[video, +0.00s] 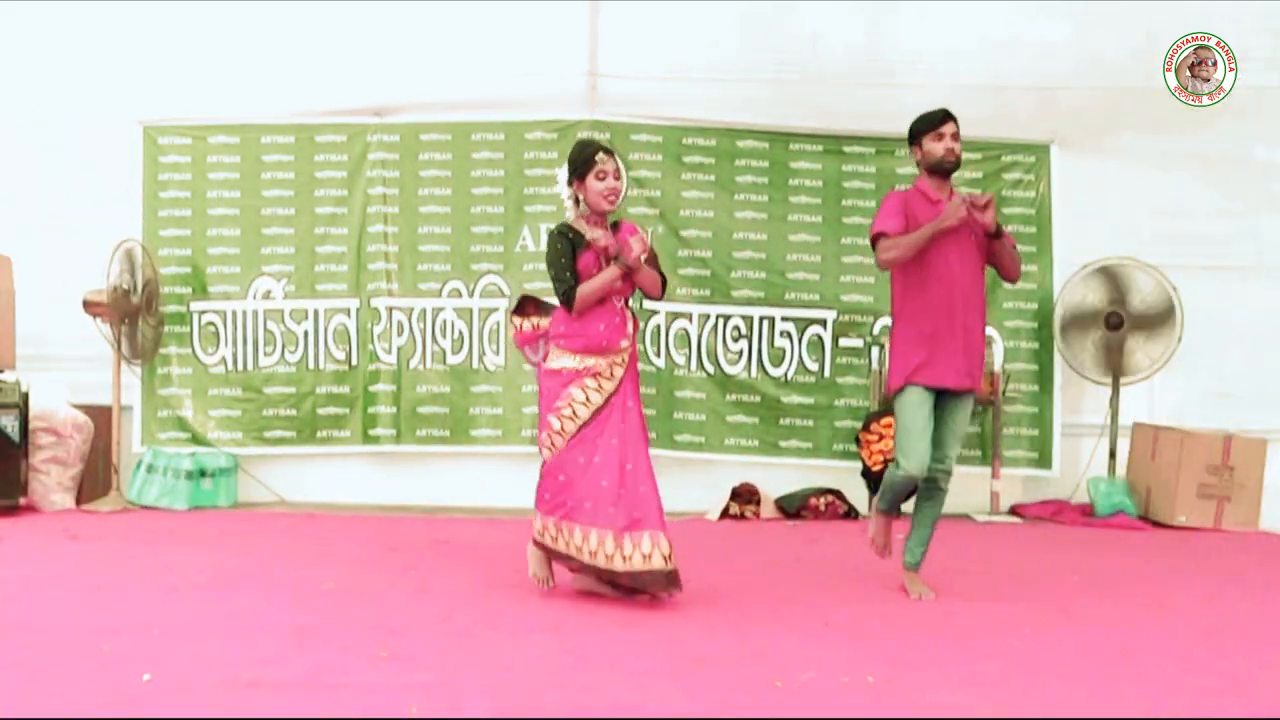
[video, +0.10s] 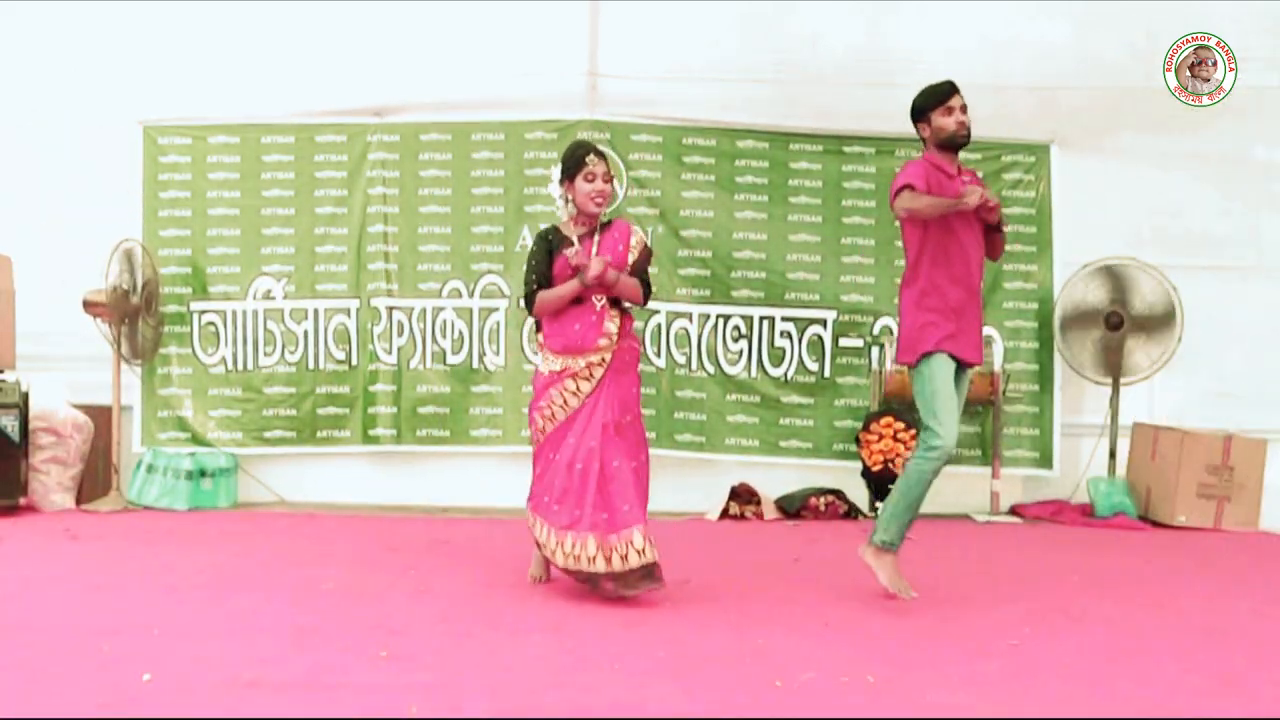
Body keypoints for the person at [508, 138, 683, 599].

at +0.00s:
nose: (613, 185)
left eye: (617, 176)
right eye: (602, 177)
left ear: (623, 182)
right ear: (578, 185)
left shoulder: (628, 232)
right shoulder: (564, 236)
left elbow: (658, 288)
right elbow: (573, 300)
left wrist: (626, 259)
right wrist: (620, 267)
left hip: (617, 356)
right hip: (573, 356)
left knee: (619, 452)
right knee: (573, 453)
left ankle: (610, 559)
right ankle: (543, 542)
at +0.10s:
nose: (601, 188)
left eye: (607, 179)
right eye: (590, 179)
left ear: (614, 186)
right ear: (568, 186)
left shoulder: (627, 237)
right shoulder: (549, 240)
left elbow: (641, 294)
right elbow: (536, 304)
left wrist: (606, 273)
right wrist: (580, 282)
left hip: (614, 362)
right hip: (561, 364)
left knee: (612, 454)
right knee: (558, 456)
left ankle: (610, 559)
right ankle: (544, 546)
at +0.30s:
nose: (584, 197)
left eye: (591, 189)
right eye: (574, 188)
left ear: (599, 198)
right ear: (554, 196)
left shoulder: (615, 252)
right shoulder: (536, 254)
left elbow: (644, 305)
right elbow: (513, 311)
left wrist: (639, 308)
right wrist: (480, 326)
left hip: (604, 375)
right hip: (553, 378)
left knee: (598, 466)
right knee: (552, 465)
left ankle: (595, 568)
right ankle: (553, 562)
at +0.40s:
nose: (584, 187)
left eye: (591, 179)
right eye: (574, 178)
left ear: (600, 188)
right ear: (555, 187)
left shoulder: (619, 241)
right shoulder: (539, 243)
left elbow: (648, 295)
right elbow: (506, 298)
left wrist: (667, 284)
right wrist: (460, 292)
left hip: (607, 365)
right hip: (554, 366)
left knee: (602, 458)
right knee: (555, 458)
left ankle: (604, 564)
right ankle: (556, 562)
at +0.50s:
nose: (590, 185)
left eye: (597, 177)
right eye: (580, 177)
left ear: (606, 185)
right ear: (561, 187)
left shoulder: (624, 239)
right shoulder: (544, 240)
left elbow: (656, 291)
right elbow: (509, 294)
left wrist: (688, 266)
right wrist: (471, 279)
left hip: (613, 362)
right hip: (559, 363)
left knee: (609, 456)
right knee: (560, 454)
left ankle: (604, 560)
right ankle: (558, 555)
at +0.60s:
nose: (595, 195)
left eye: (602, 186)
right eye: (584, 186)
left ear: (611, 193)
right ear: (566, 196)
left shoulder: (628, 247)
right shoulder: (550, 250)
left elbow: (651, 306)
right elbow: (519, 311)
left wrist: (683, 285)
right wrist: (498, 298)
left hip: (617, 376)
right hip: (565, 376)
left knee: (614, 466)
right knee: (566, 464)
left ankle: (608, 564)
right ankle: (560, 560)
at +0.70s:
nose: (605, 207)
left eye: (611, 197)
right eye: (594, 199)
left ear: (620, 202)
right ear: (575, 210)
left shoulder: (635, 258)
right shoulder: (567, 261)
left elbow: (645, 323)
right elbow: (549, 327)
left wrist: (666, 313)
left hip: (629, 384)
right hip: (580, 385)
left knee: (630, 475)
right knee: (588, 476)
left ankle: (610, 568)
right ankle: (548, 547)